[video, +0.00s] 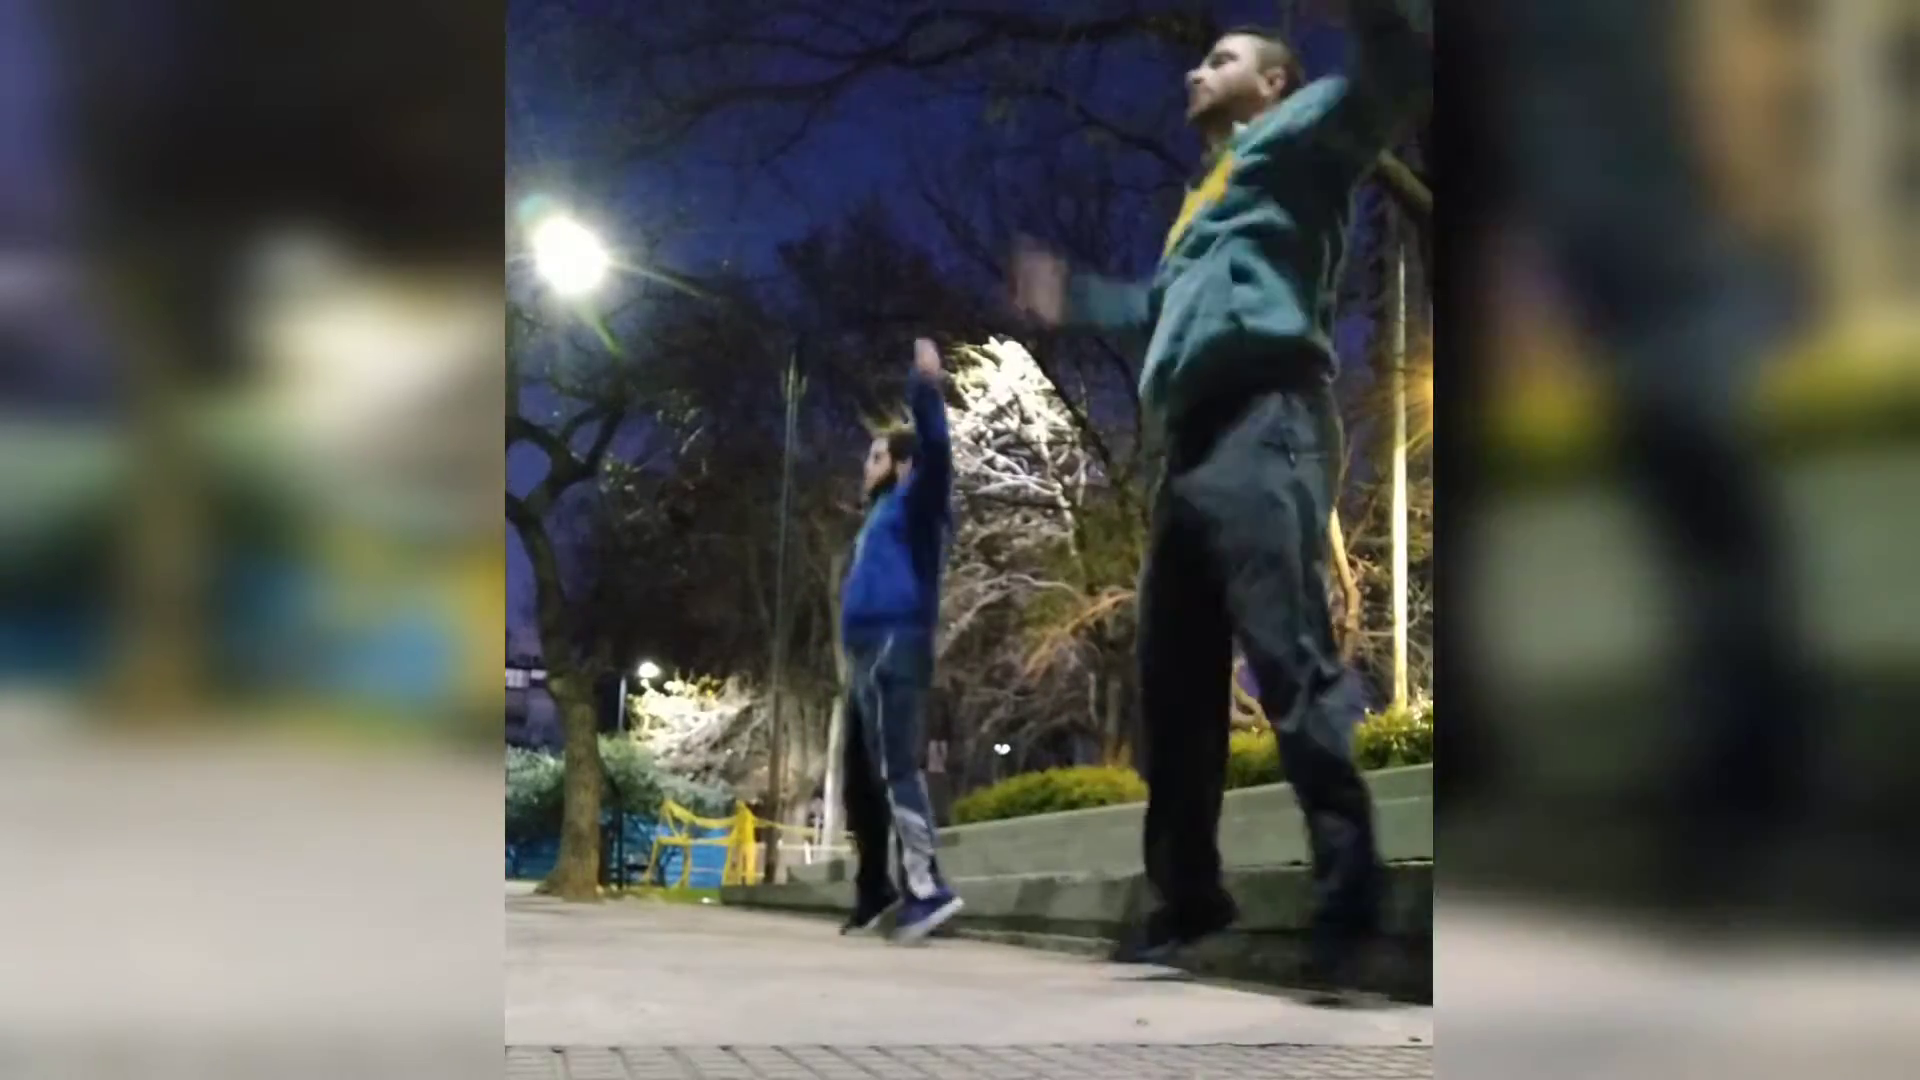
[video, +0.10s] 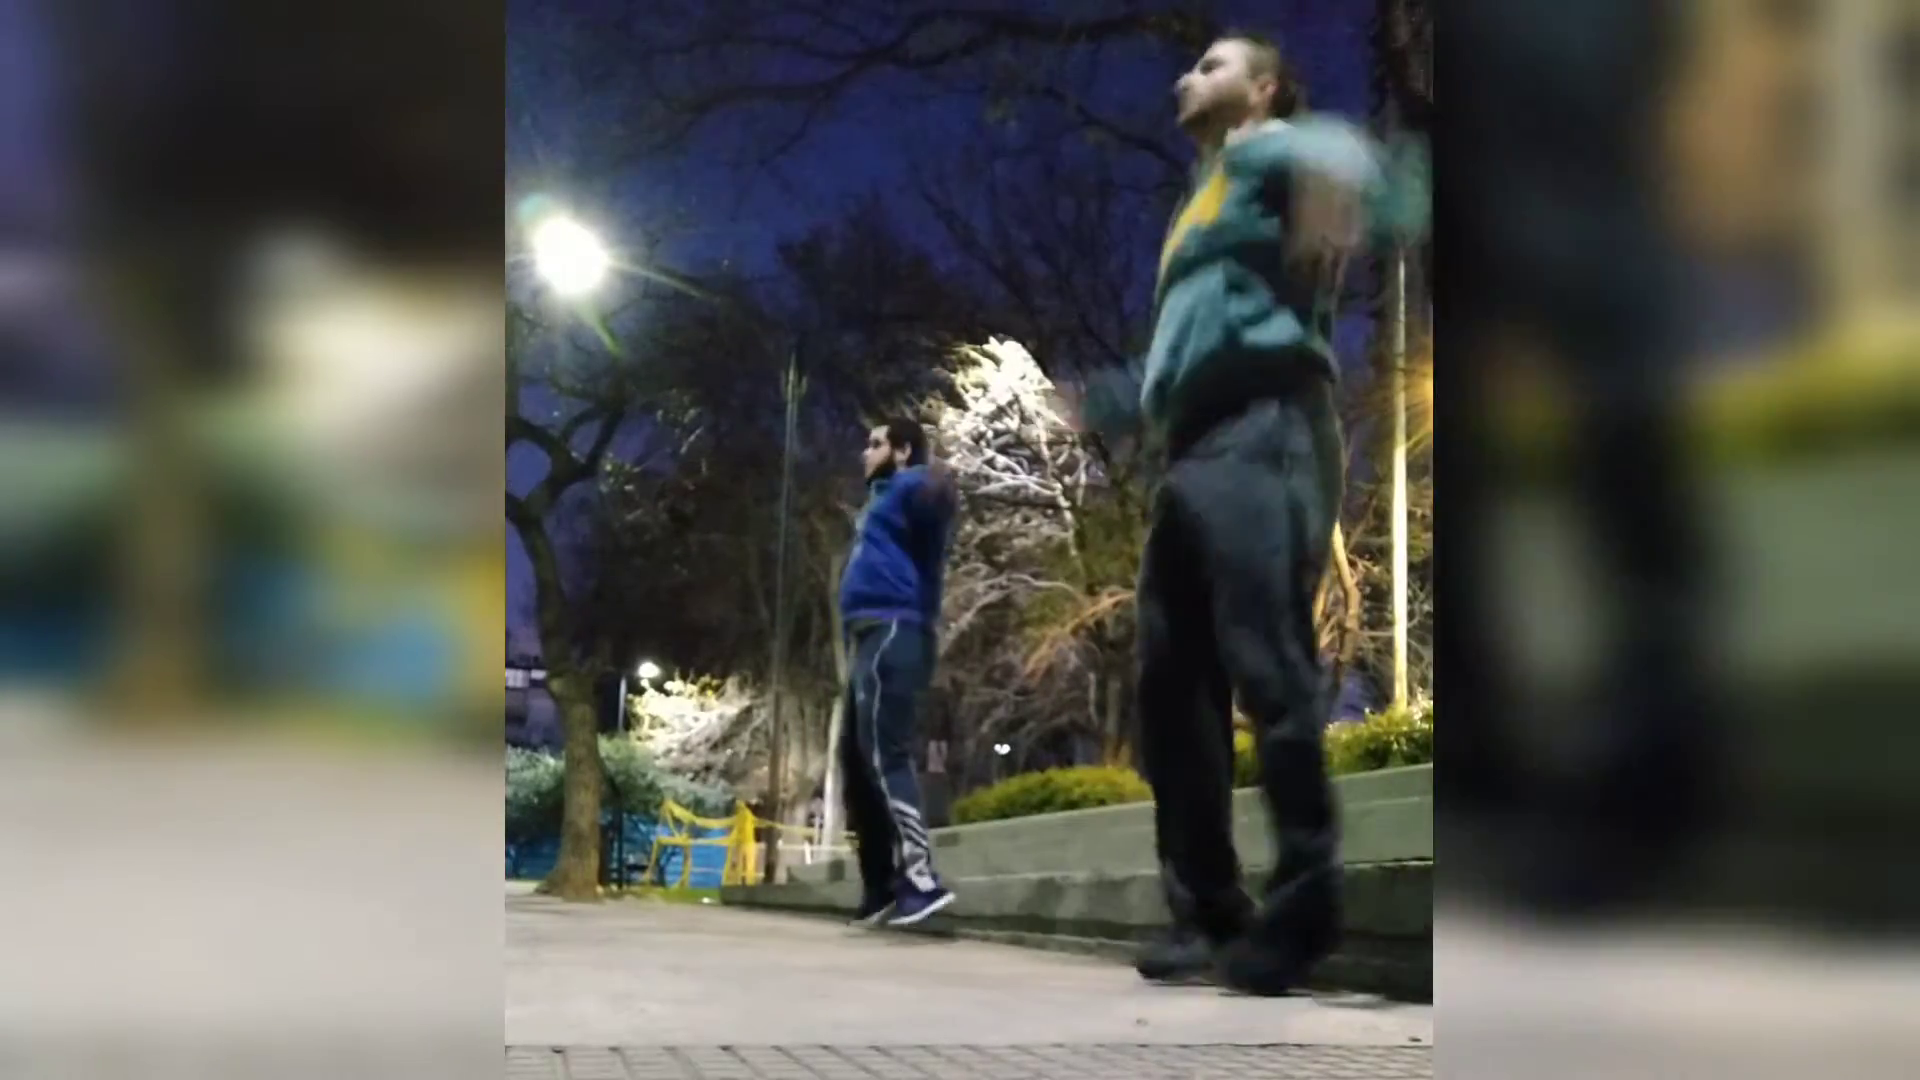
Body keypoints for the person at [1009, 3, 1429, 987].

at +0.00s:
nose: (1197, 73)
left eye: (1221, 61)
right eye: (1201, 63)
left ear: (1275, 80)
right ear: (1221, 95)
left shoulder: (1297, 140)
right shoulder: (1200, 214)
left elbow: (1388, 81)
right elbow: (1162, 309)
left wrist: (1380, 4)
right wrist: (1071, 294)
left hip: (1268, 419)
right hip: (1192, 446)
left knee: (1292, 660)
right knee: (1176, 679)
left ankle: (1351, 900)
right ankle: (1188, 895)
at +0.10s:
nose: (1189, 76)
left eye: (1213, 63)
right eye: (1193, 65)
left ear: (1265, 89)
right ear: (1211, 99)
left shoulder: (1268, 149)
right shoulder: (1201, 202)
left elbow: (1345, 160)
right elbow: (1178, 359)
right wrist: (1099, 400)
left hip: (1259, 433)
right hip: (1192, 450)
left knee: (1269, 670)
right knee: (1173, 693)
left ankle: (1304, 910)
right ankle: (1210, 918)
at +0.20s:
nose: (1179, 129)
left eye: (1202, 118)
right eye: (1180, 121)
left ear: (1253, 145)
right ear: (1192, 157)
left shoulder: (1289, 222)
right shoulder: (1196, 255)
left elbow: (1357, 360)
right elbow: (1194, 392)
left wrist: (1297, 444)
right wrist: (1156, 507)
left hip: (1250, 504)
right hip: (1179, 517)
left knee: (1229, 725)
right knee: (1156, 726)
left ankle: (1281, 947)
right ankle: (1223, 938)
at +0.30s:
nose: (1182, 127)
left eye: (1206, 114)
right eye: (1183, 119)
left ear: (1256, 141)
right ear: (1197, 156)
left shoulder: (1290, 224)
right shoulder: (1203, 256)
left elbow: (1342, 351)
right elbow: (1194, 391)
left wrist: (1276, 436)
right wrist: (1158, 501)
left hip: (1252, 513)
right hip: (1183, 524)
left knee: (1225, 724)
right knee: (1161, 732)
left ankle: (1281, 948)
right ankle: (1223, 939)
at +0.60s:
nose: (1196, 79)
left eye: (1219, 69)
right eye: (1198, 72)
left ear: (1272, 90)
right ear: (1204, 105)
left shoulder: (1285, 162)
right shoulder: (1188, 218)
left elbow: (1343, 55)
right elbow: (1160, 250)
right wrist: (1123, 170)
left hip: (1262, 432)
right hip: (1190, 455)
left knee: (1297, 682)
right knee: (1170, 703)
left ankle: (1385, 933)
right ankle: (1170, 908)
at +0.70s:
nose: (1189, 145)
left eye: (1210, 131)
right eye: (1185, 136)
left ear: (1257, 148)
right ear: (1191, 169)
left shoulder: (1281, 214)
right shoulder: (1175, 251)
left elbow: (1327, 39)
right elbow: (1156, 211)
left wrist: (1265, 26)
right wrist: (1213, 94)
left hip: (1266, 502)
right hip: (1195, 527)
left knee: (1270, 735)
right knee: (1144, 758)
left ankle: (1408, 948)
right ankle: (1171, 935)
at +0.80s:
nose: (1189, 133)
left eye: (1211, 118)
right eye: (1187, 125)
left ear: (1260, 138)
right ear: (1190, 160)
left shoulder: (1288, 208)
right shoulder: (1173, 247)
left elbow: (1335, 39)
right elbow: (1146, 207)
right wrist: (1165, 129)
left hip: (1264, 484)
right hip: (1189, 511)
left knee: (1274, 723)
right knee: (1150, 747)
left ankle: (1403, 952)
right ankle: (1169, 937)